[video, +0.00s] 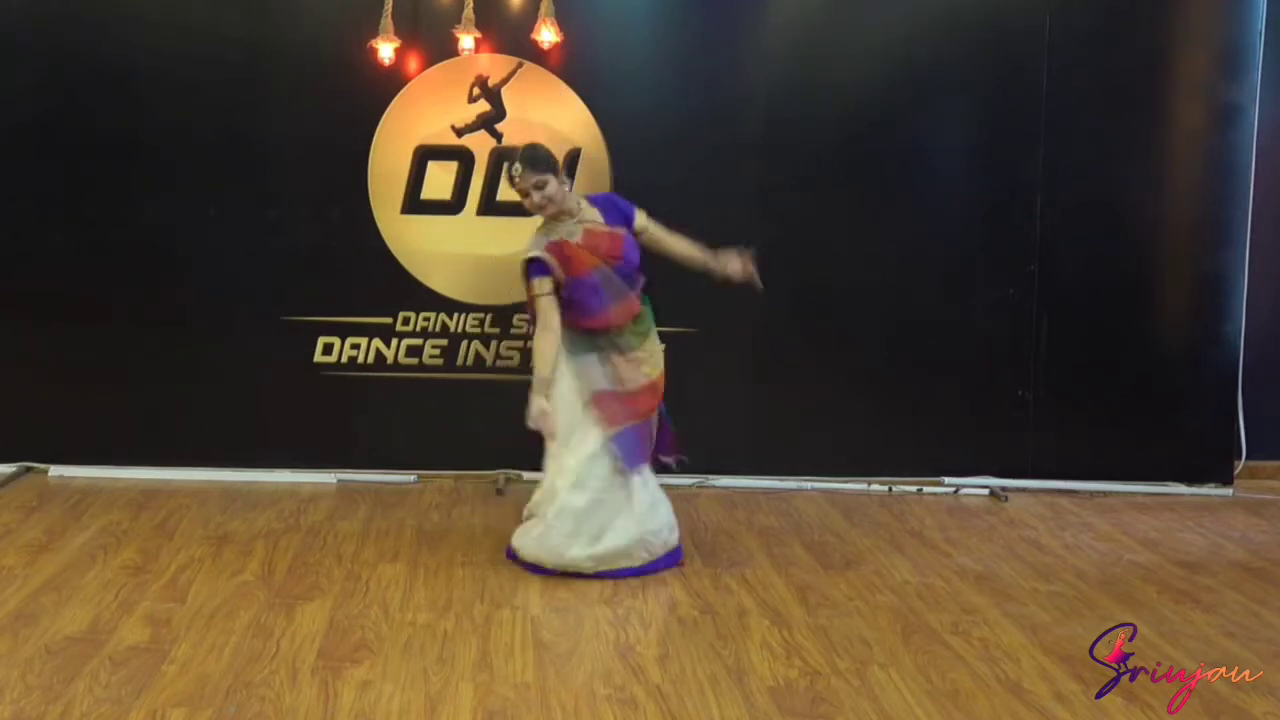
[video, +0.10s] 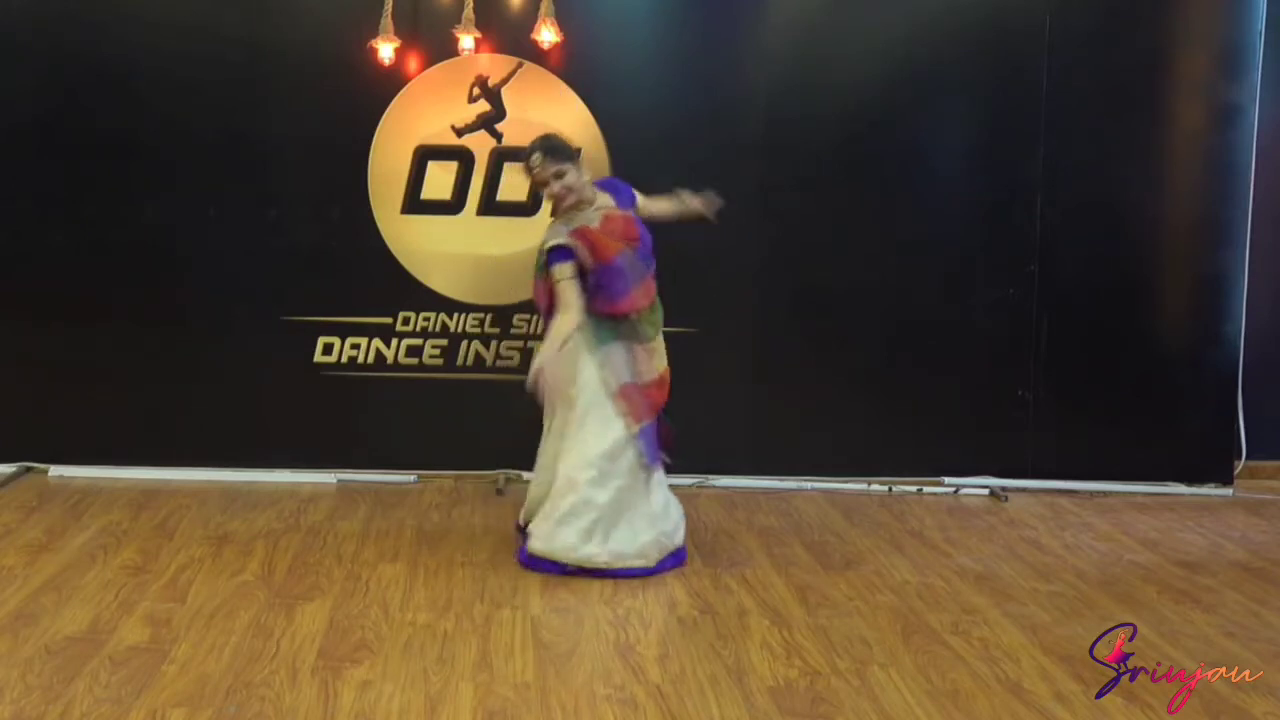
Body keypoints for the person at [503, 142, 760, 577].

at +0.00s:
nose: (535, 200)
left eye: (541, 187)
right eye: (525, 194)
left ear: (562, 177)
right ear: (522, 197)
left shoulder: (610, 209)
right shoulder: (542, 254)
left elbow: (667, 241)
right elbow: (547, 325)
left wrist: (716, 262)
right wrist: (539, 392)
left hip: (637, 344)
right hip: (584, 355)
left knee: (631, 442)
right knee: (589, 446)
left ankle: (626, 536)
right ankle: (565, 538)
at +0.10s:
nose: (556, 188)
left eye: (561, 175)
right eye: (546, 184)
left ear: (580, 166)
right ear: (540, 188)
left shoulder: (615, 193)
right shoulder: (561, 241)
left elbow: (658, 205)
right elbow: (569, 309)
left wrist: (693, 204)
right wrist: (545, 356)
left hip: (639, 337)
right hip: (594, 347)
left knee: (635, 436)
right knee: (597, 440)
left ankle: (642, 533)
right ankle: (564, 537)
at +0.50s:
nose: (650, 127)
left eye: (650, 117)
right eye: (644, 119)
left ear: (601, 126)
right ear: (617, 126)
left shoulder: (569, 174)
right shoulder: (647, 186)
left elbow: (541, 215)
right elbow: (695, 237)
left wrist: (557, 164)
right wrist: (708, 174)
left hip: (579, 299)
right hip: (635, 303)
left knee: (579, 403)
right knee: (654, 402)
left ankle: (547, 507)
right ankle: (665, 515)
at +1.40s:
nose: (617, 130)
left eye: (626, 121)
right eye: (607, 122)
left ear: (638, 128)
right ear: (592, 127)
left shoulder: (656, 183)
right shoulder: (569, 177)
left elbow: (726, 202)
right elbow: (511, 203)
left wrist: (673, 210)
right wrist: (572, 216)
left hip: (636, 312)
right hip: (577, 312)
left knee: (639, 412)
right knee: (582, 414)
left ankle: (647, 518)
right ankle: (583, 522)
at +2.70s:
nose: (601, 143)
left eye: (609, 134)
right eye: (598, 135)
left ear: (640, 137)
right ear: (600, 140)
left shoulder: (657, 197)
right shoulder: (601, 188)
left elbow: (647, 234)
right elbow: (574, 218)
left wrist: (592, 250)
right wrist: (561, 196)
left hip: (638, 338)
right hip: (588, 335)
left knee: (653, 439)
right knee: (568, 435)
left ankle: (687, 533)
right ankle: (562, 542)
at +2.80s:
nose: (600, 139)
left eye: (609, 130)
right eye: (597, 130)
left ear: (639, 133)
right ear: (600, 135)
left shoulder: (655, 193)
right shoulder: (602, 184)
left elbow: (633, 221)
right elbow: (566, 205)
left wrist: (582, 241)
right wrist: (562, 203)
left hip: (639, 336)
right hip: (589, 335)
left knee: (653, 438)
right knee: (578, 437)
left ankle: (693, 532)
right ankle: (571, 539)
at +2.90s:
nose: (599, 133)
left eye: (608, 124)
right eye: (597, 124)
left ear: (638, 126)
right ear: (614, 129)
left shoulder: (656, 182)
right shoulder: (605, 177)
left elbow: (629, 201)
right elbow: (574, 195)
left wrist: (580, 220)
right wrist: (566, 203)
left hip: (642, 326)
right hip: (594, 326)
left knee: (666, 431)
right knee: (589, 433)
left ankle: (694, 536)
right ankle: (585, 538)